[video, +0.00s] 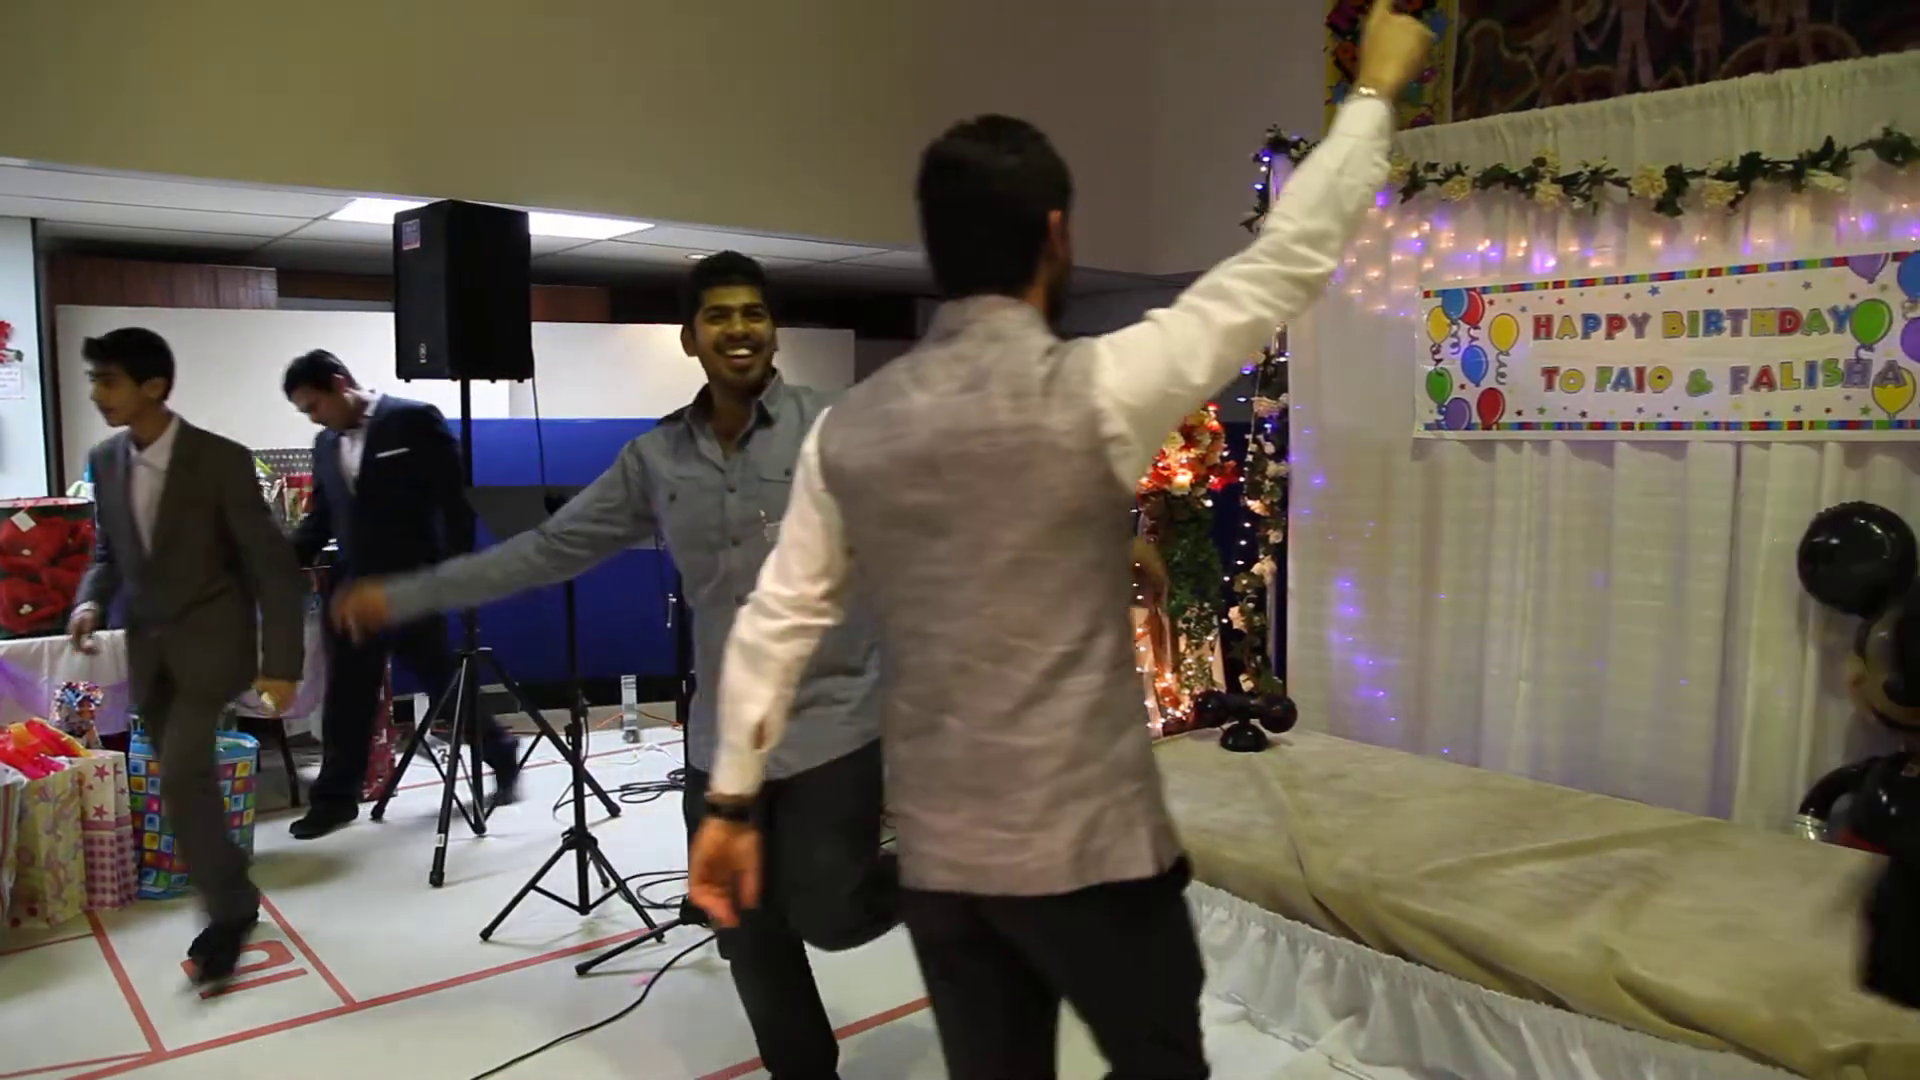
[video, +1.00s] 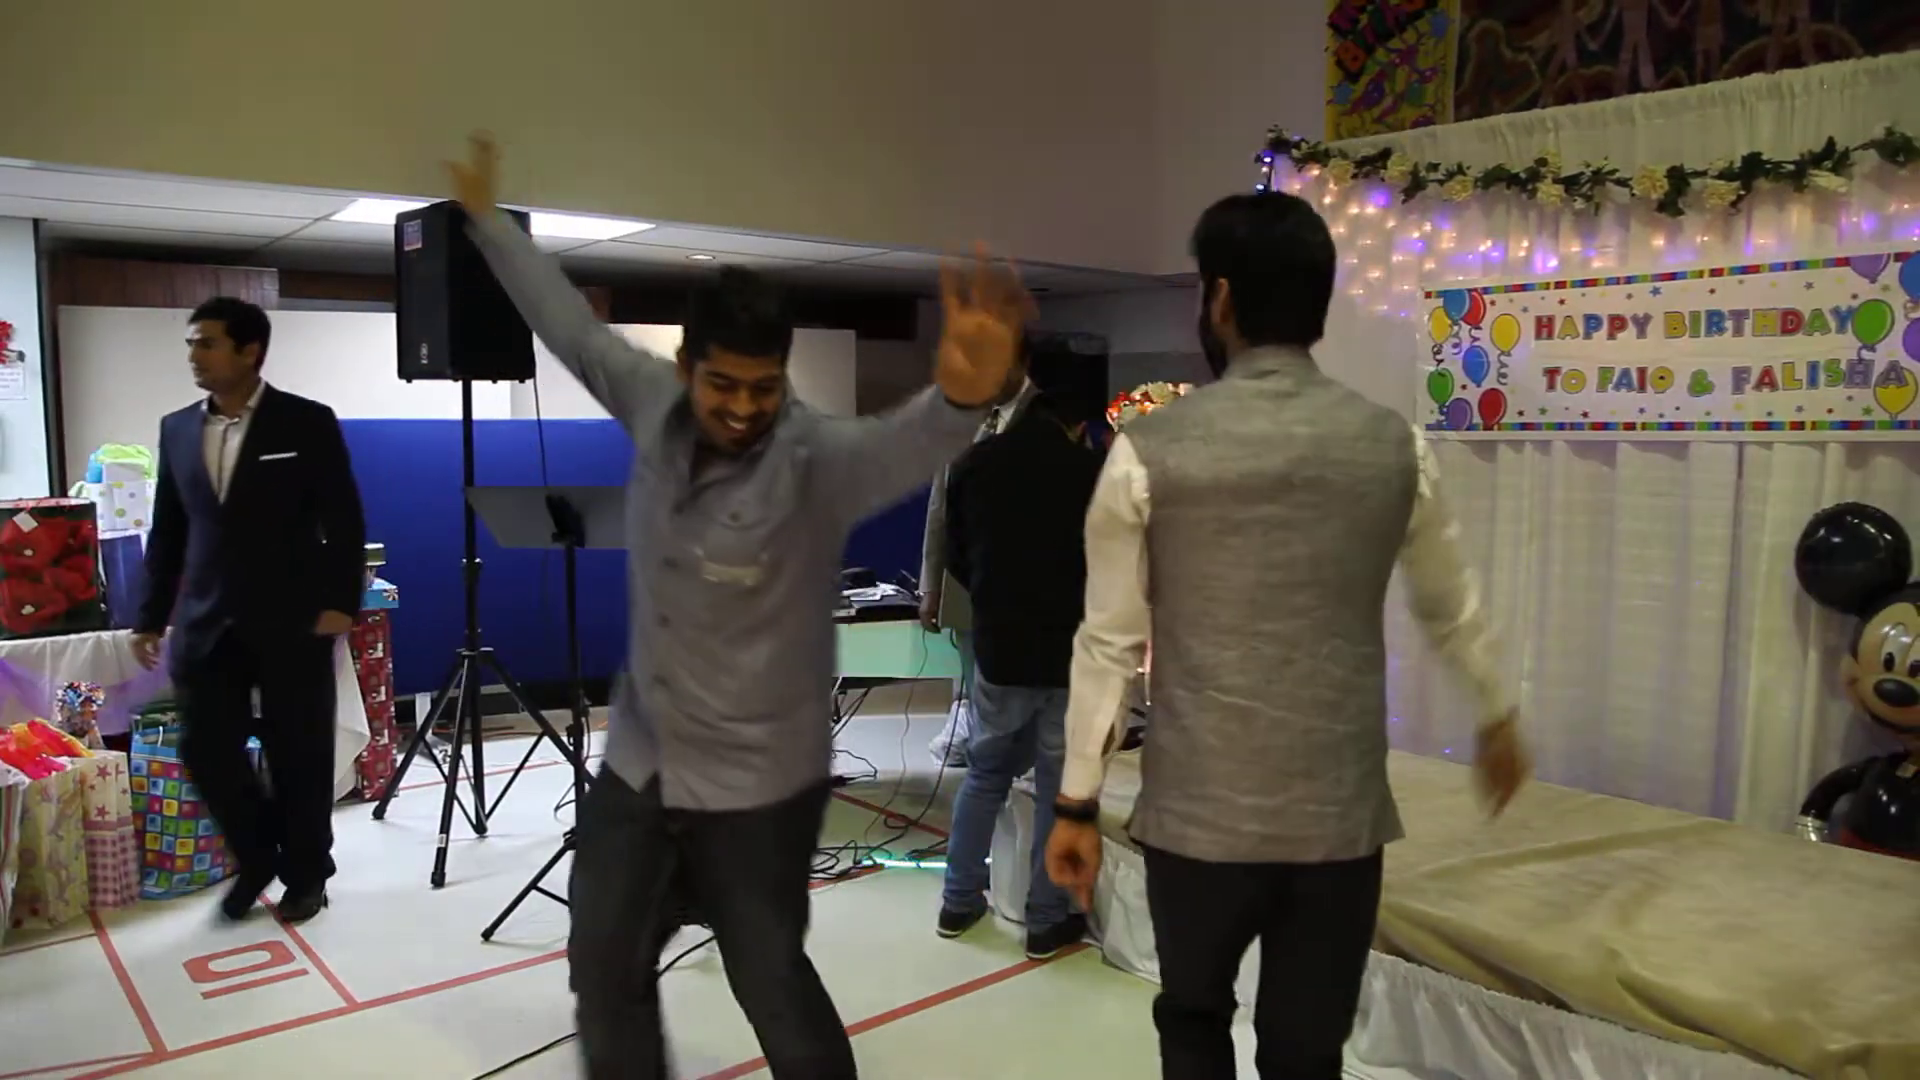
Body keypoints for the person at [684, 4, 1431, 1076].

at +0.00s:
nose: (1072, 232)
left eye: (1063, 214)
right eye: (1067, 214)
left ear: (934, 241)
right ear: (1055, 234)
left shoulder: (850, 428)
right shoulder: (1094, 392)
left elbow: (781, 614)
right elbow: (1279, 267)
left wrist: (731, 799)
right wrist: (1379, 93)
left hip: (939, 872)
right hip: (1092, 869)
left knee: (993, 1076)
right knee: (1162, 1067)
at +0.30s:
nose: (1167, 255)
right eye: (1165, 240)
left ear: (1038, 267)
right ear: (1162, 264)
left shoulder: (946, 441)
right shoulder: (1208, 410)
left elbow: (905, 629)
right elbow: (1369, 305)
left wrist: (882, 810)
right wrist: (1444, 164)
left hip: (1024, 860)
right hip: (1182, 857)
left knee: (1045, 1072)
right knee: (1232, 1067)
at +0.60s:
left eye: (1155, 253)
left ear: (1158, 274)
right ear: (1280, 273)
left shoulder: (1080, 440)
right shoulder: (1342, 407)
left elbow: (1033, 631)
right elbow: (1456, 344)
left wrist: (990, 801)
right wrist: (1548, 266)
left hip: (1154, 836)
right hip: (1307, 836)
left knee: (1139, 1055)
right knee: (1294, 1065)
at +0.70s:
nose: (1179, 268)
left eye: (1178, 254)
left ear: (1183, 273)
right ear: (1302, 272)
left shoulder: (1109, 431)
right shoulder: (1367, 405)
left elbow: (1062, 623)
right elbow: (1482, 375)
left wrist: (1018, 794)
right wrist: (1575, 330)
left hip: (1172, 821)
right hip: (1323, 826)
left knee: (1161, 1040)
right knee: (1304, 1066)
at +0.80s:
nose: (1189, 264)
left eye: (1189, 251)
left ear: (1197, 270)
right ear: (1314, 269)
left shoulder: (1124, 423)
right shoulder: (1385, 400)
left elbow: (1086, 611)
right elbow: (1504, 434)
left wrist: (1048, 791)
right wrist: (1580, 445)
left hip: (1187, 814)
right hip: (1331, 817)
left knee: (1182, 1029)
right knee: (1309, 1064)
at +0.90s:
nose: (1196, 279)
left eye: (1197, 266)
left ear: (1208, 281)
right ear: (1324, 286)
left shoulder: (1136, 436)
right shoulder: (1395, 425)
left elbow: (1100, 629)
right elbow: (1493, 532)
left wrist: (1068, 803)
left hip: (1193, 827)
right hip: (1337, 831)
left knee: (1194, 1031)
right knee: (1305, 1065)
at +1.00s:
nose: (1199, 303)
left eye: (1203, 285)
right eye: (1203, 284)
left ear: (1221, 297)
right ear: (1322, 299)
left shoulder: (1151, 446)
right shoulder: (1393, 445)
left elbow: (1109, 638)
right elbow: (1449, 606)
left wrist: (1077, 800)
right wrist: (1497, 715)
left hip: (1199, 836)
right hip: (1338, 839)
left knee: (1192, 1024)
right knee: (1307, 1062)